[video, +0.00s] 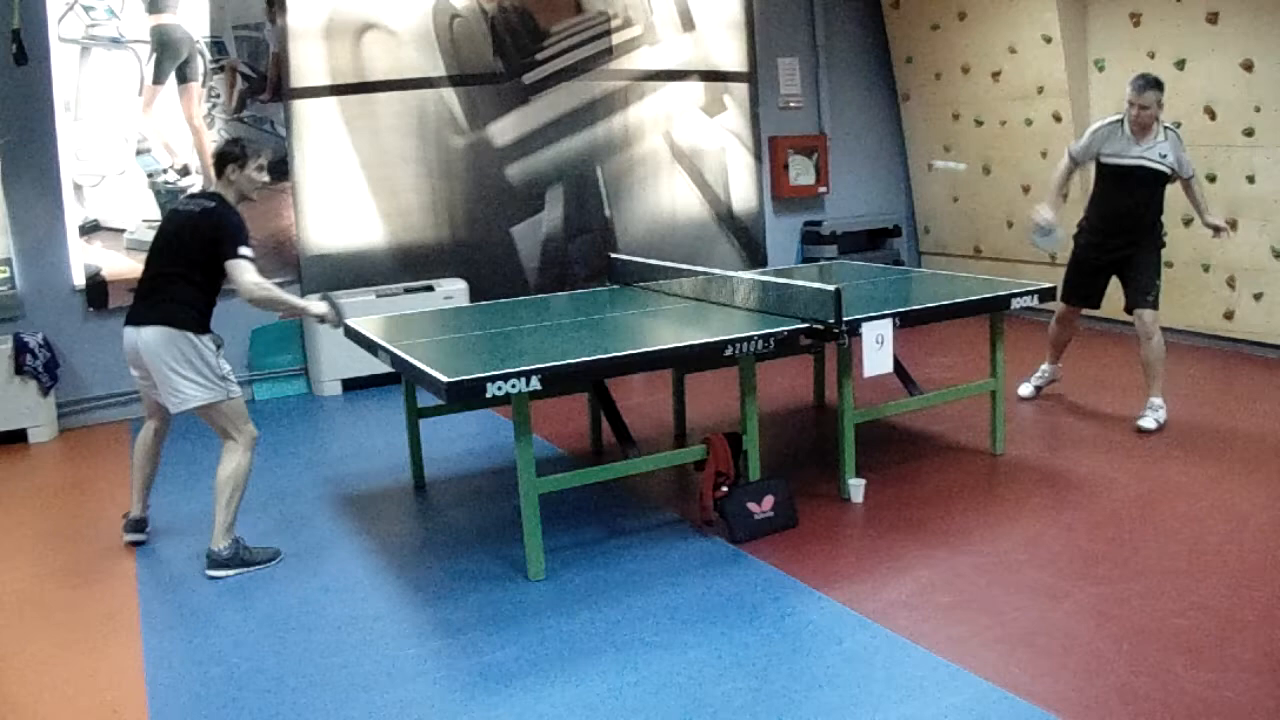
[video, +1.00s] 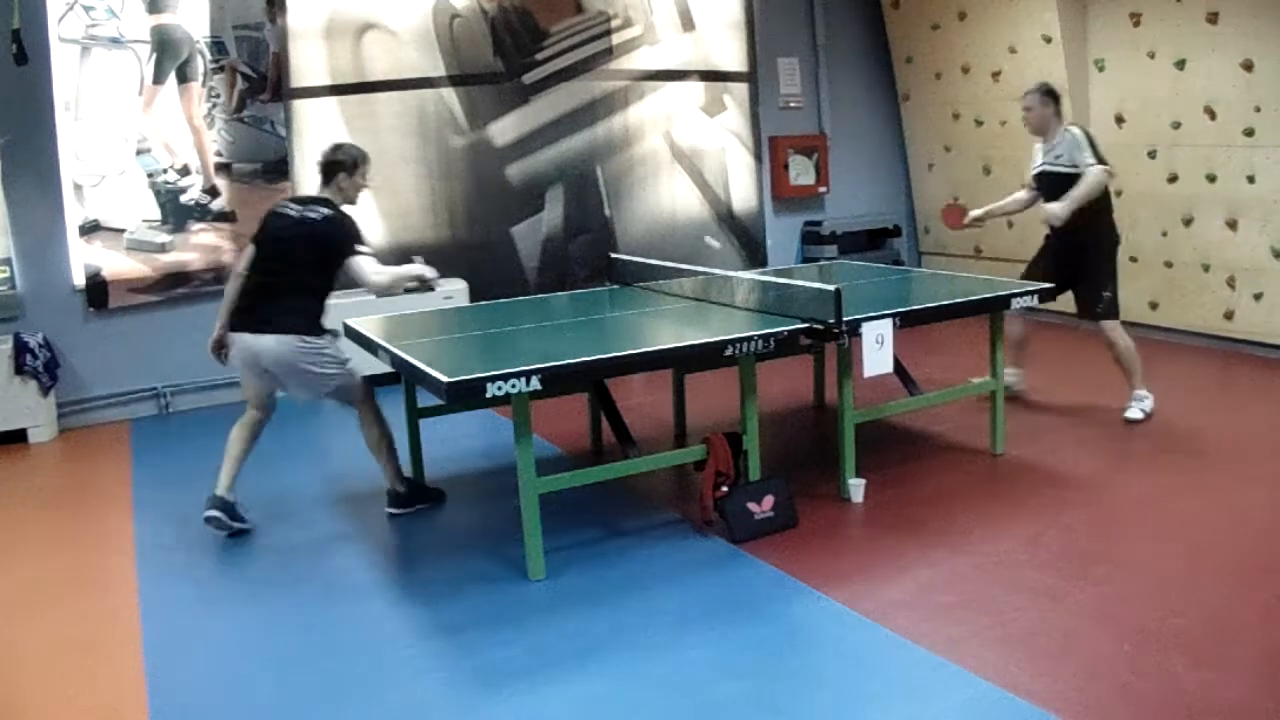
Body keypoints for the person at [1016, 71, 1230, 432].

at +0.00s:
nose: (1138, 114)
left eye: (1147, 108)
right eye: (1133, 106)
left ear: (1160, 107)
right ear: (1125, 102)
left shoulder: (1171, 140)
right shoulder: (1103, 132)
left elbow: (1187, 178)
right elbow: (1070, 163)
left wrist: (1205, 217)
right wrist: (1051, 207)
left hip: (1141, 244)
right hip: (1095, 239)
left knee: (1146, 322)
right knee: (1065, 313)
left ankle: (1155, 402)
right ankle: (1049, 368)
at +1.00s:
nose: (1024, 117)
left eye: (1029, 110)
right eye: (1023, 110)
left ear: (1051, 110)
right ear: (1034, 113)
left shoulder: (1074, 136)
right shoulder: (1040, 149)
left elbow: (1100, 173)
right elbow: (1029, 195)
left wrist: (1065, 205)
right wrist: (983, 213)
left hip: (1095, 245)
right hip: (1060, 244)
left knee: (1107, 323)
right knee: (1016, 305)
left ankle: (1140, 393)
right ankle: (1012, 374)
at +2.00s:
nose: (984, 111)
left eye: (990, 104)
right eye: (981, 105)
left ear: (1011, 104)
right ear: (981, 109)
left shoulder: (1033, 134)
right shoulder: (988, 143)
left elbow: (1067, 172)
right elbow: (986, 189)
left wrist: (1062, 213)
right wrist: (950, 206)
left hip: (1047, 239)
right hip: (1009, 240)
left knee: (1068, 313)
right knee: (977, 304)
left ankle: (1094, 384)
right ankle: (977, 372)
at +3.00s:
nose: (998, 126)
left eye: (1002, 119)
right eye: (996, 121)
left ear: (1021, 116)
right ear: (1011, 120)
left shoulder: (1051, 139)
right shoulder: (1012, 151)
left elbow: (1081, 179)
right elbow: (976, 180)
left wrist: (1062, 220)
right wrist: (929, 183)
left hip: (1069, 242)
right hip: (1035, 241)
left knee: (1070, 320)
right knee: (1007, 306)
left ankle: (1105, 387)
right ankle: (992, 371)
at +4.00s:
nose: (1030, 105)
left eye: (1036, 98)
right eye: (1027, 99)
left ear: (1056, 97)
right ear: (1026, 101)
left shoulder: (1081, 130)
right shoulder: (1030, 137)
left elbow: (1110, 176)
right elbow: (1021, 183)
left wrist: (1096, 214)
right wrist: (999, 212)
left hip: (1084, 238)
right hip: (1046, 237)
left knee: (1093, 315)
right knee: (1025, 308)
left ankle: (1113, 391)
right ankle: (1033, 370)